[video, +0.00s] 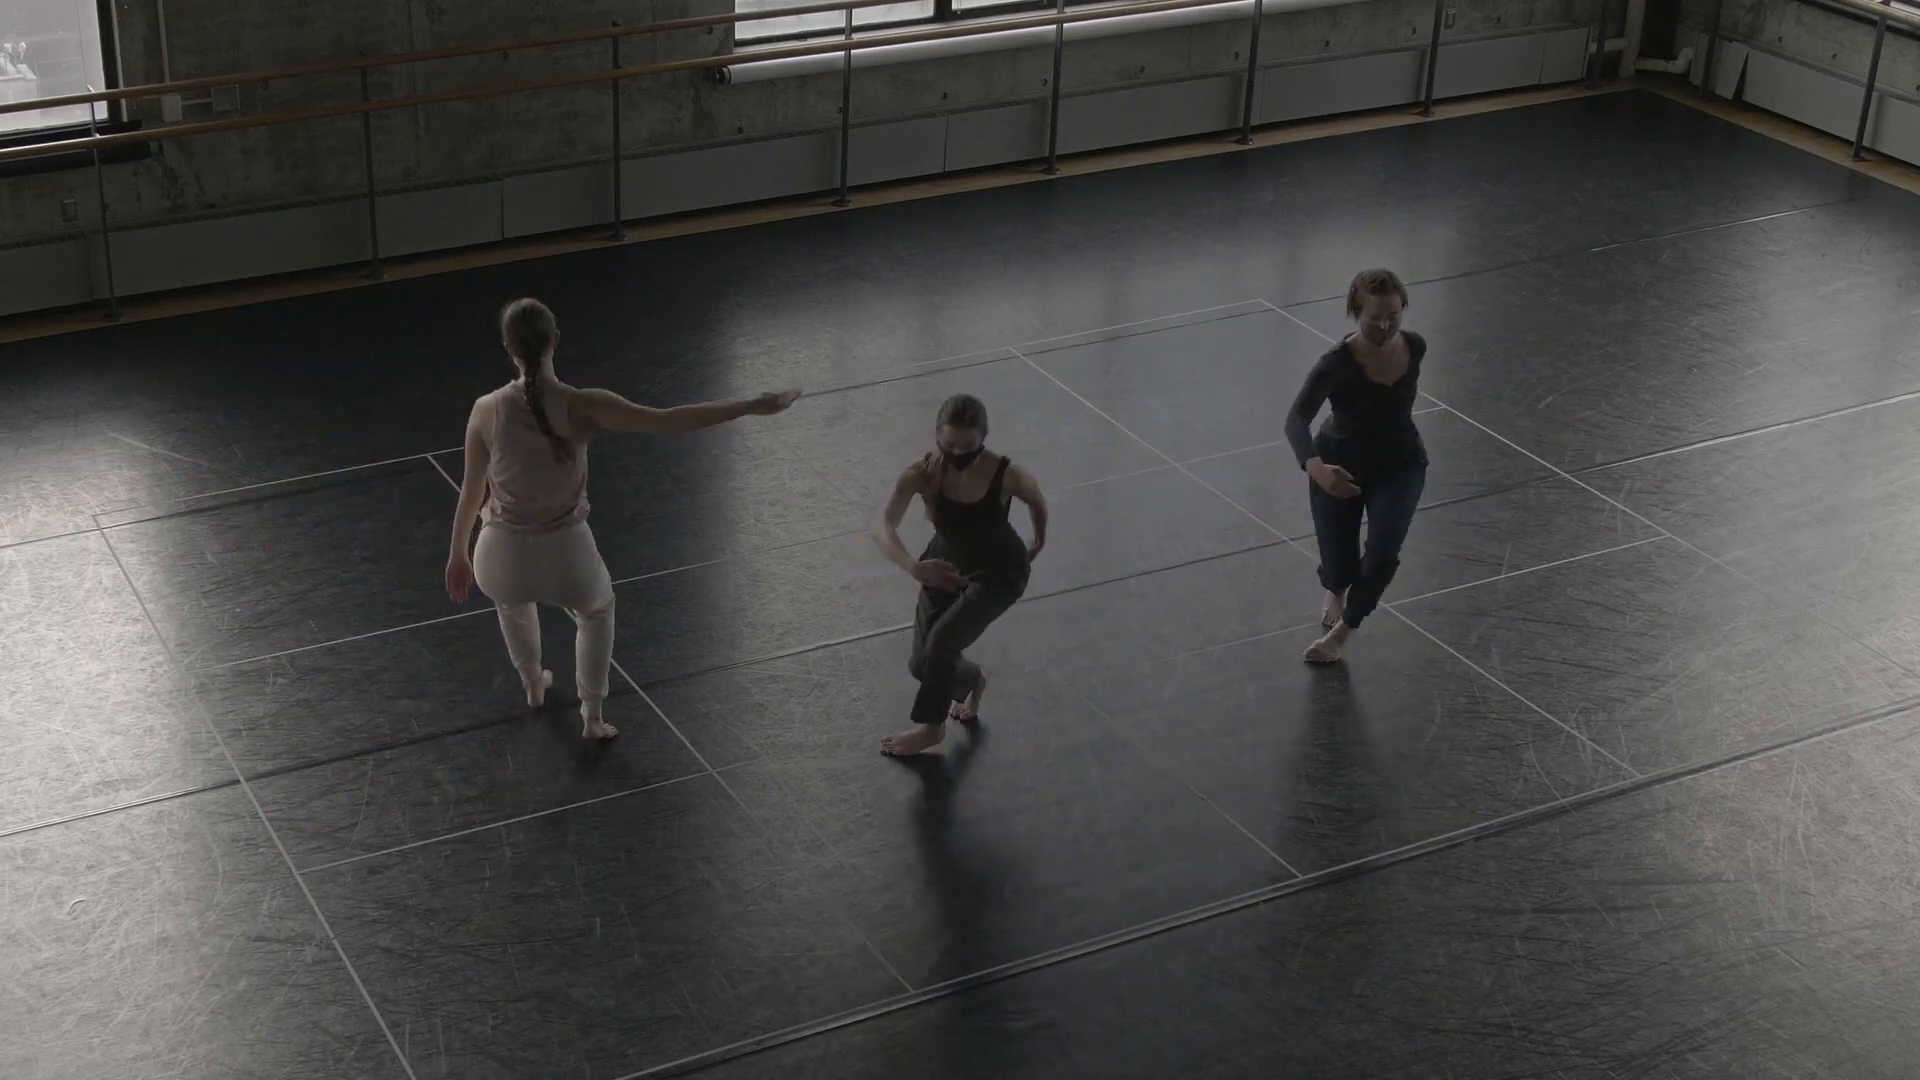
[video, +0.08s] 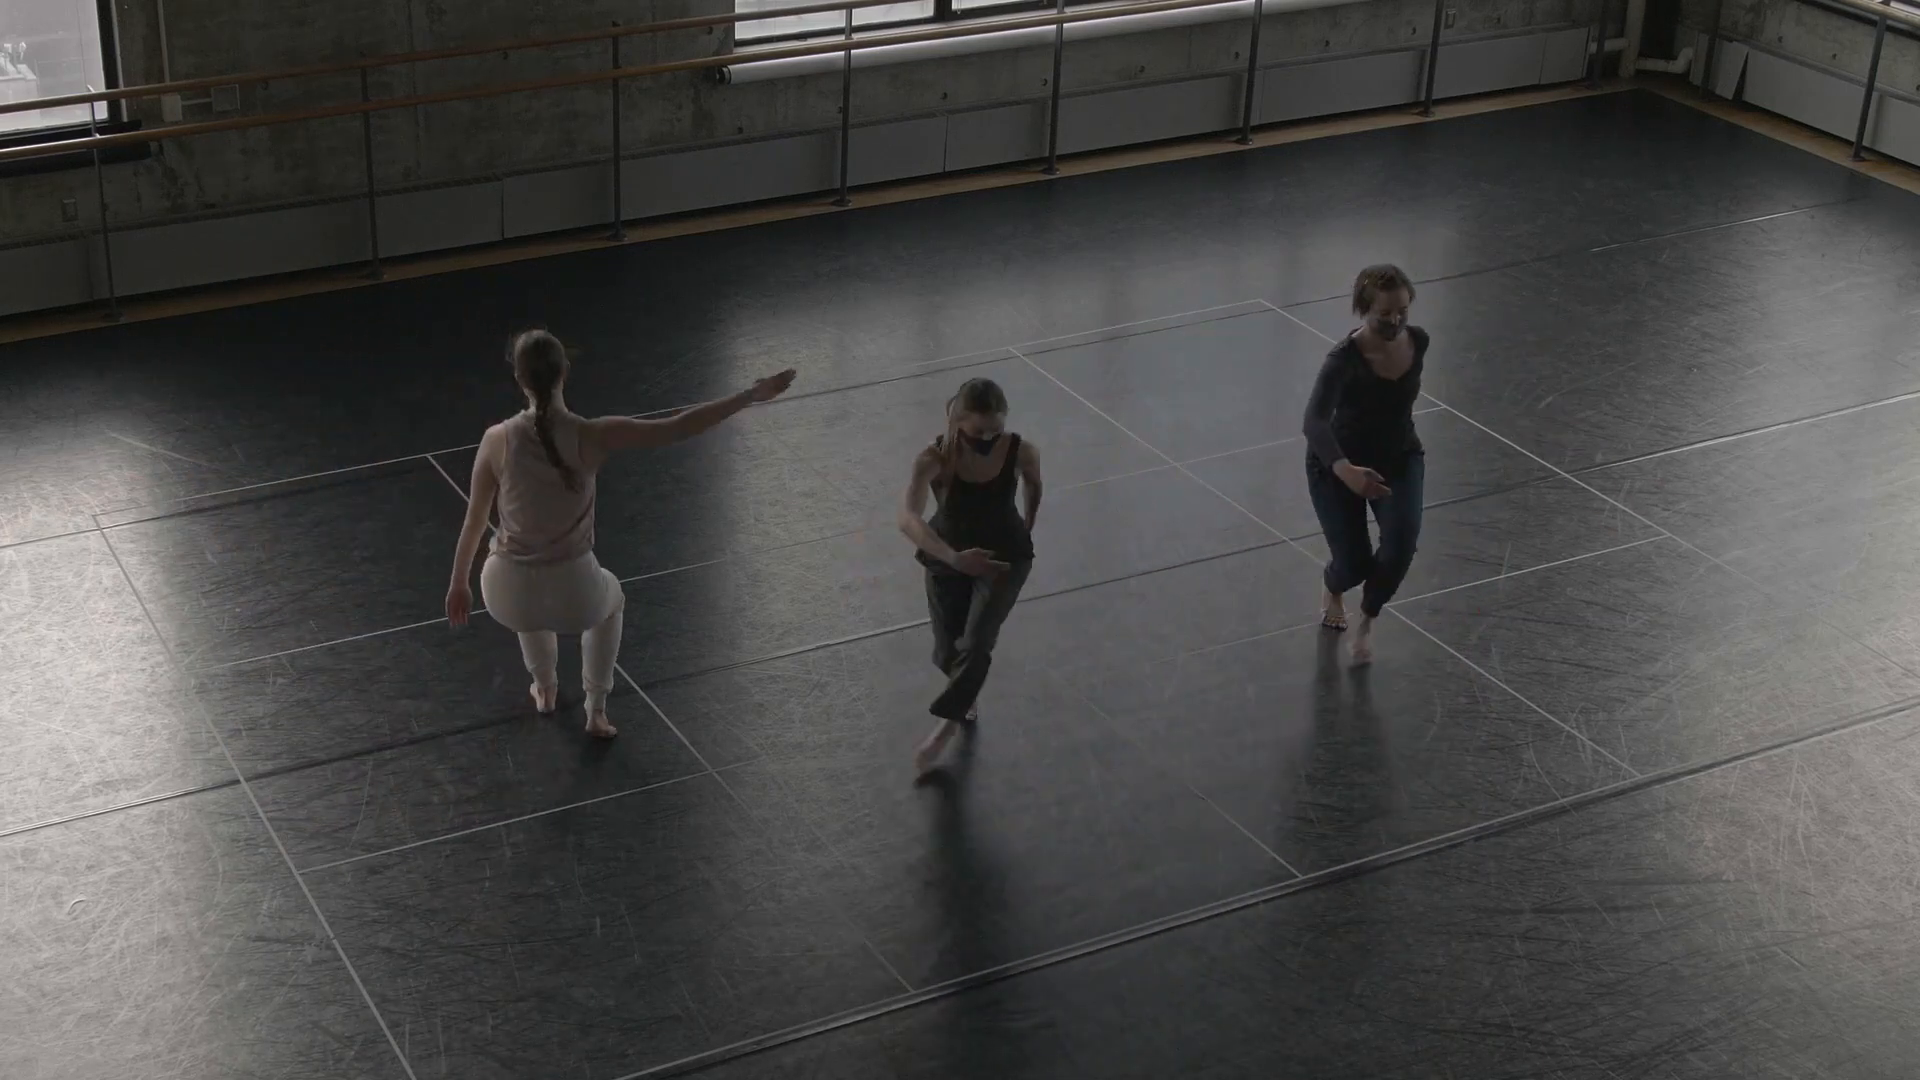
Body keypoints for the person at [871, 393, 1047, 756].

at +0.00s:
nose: (957, 458)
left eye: (966, 451)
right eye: (949, 448)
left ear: (983, 439)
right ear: (937, 434)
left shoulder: (1007, 476)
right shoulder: (920, 474)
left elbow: (1037, 504)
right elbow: (885, 530)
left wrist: (1038, 543)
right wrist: (913, 567)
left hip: (999, 568)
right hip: (947, 559)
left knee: (941, 642)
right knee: (921, 664)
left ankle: (933, 728)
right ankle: (972, 678)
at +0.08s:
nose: (985, 438)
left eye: (993, 430)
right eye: (977, 431)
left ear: (1003, 421)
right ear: (957, 422)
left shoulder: (1019, 452)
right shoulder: (933, 459)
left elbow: (1033, 487)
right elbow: (909, 519)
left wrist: (1026, 527)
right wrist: (954, 558)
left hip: (1005, 549)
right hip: (949, 549)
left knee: (978, 643)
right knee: (946, 651)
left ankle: (939, 736)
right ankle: (965, 697)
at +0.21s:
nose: (1015, 441)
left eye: (1020, 432)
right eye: (1005, 435)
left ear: (1027, 423)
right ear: (982, 428)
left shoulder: (1034, 451)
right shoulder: (953, 464)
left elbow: (1028, 493)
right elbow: (945, 531)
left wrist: (1017, 527)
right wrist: (1006, 562)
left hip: (1007, 546)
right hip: (952, 552)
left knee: (1016, 640)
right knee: (973, 653)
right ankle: (961, 693)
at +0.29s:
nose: (1033, 459)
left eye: (1036, 451)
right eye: (1024, 454)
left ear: (1040, 442)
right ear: (997, 448)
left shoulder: (1040, 466)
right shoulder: (967, 484)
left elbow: (1015, 502)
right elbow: (972, 556)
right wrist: (1041, 581)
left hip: (1008, 555)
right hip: (954, 567)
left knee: (1041, 643)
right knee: (988, 674)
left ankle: (1034, 726)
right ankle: (954, 681)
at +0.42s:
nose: (1045, 519)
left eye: (1050, 510)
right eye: (1037, 512)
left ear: (1055, 497)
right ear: (1012, 502)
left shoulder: (1041, 518)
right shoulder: (983, 538)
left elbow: (1019, 556)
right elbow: (1011, 615)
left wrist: (1025, 581)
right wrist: (1084, 623)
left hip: (1010, 594)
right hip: (960, 608)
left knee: (1054, 651)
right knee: (1005, 704)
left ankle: (1031, 727)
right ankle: (957, 682)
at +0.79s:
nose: (1070, 506)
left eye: (1075, 497)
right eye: (1060, 500)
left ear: (1079, 488)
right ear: (1035, 494)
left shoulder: (1074, 513)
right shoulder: (1002, 530)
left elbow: (1067, 540)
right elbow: (1032, 600)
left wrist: (1063, 584)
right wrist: (1092, 637)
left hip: (1023, 588)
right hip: (976, 597)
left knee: (1063, 657)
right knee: (1017, 701)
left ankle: (1032, 725)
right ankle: (958, 682)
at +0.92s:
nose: (1083, 453)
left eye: (1087, 444)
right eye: (1074, 448)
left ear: (1091, 435)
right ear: (1047, 442)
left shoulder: (1089, 467)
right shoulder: (1013, 477)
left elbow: (1086, 508)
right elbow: (1004, 544)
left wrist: (1084, 553)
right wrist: (1008, 601)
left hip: (1046, 558)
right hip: (995, 562)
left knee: (1068, 650)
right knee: (1009, 679)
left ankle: (1034, 726)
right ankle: (956, 681)